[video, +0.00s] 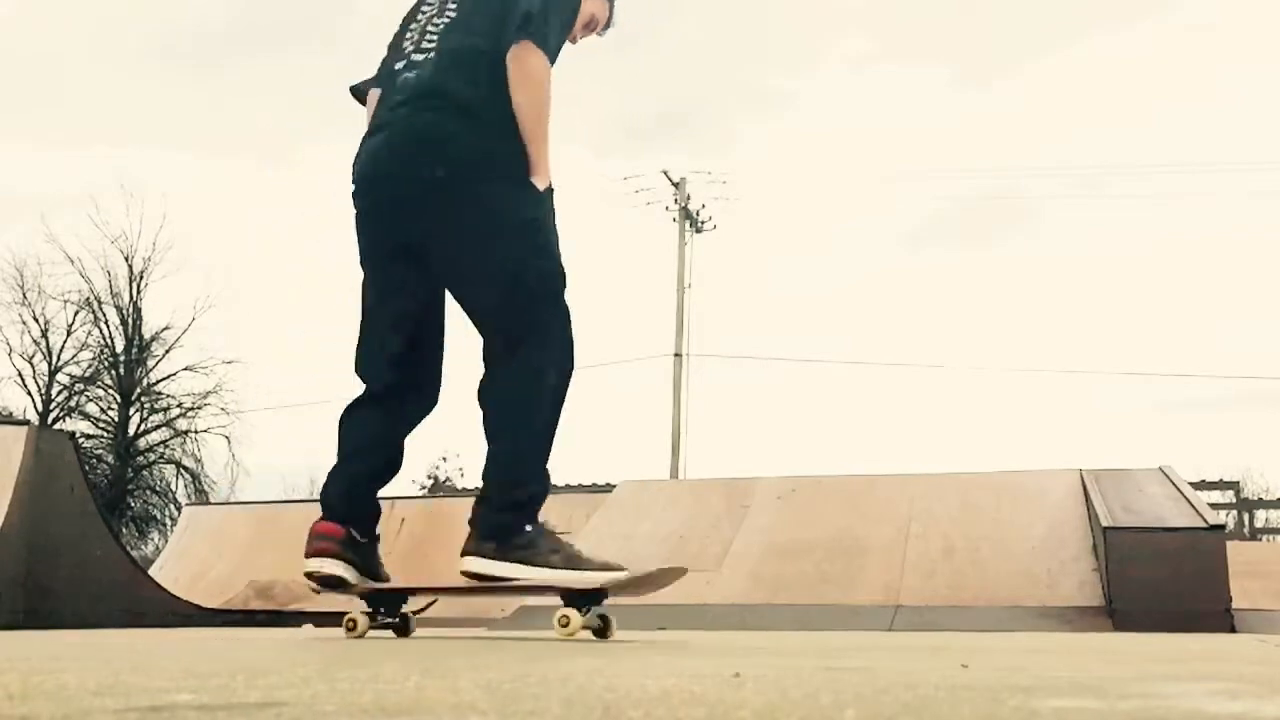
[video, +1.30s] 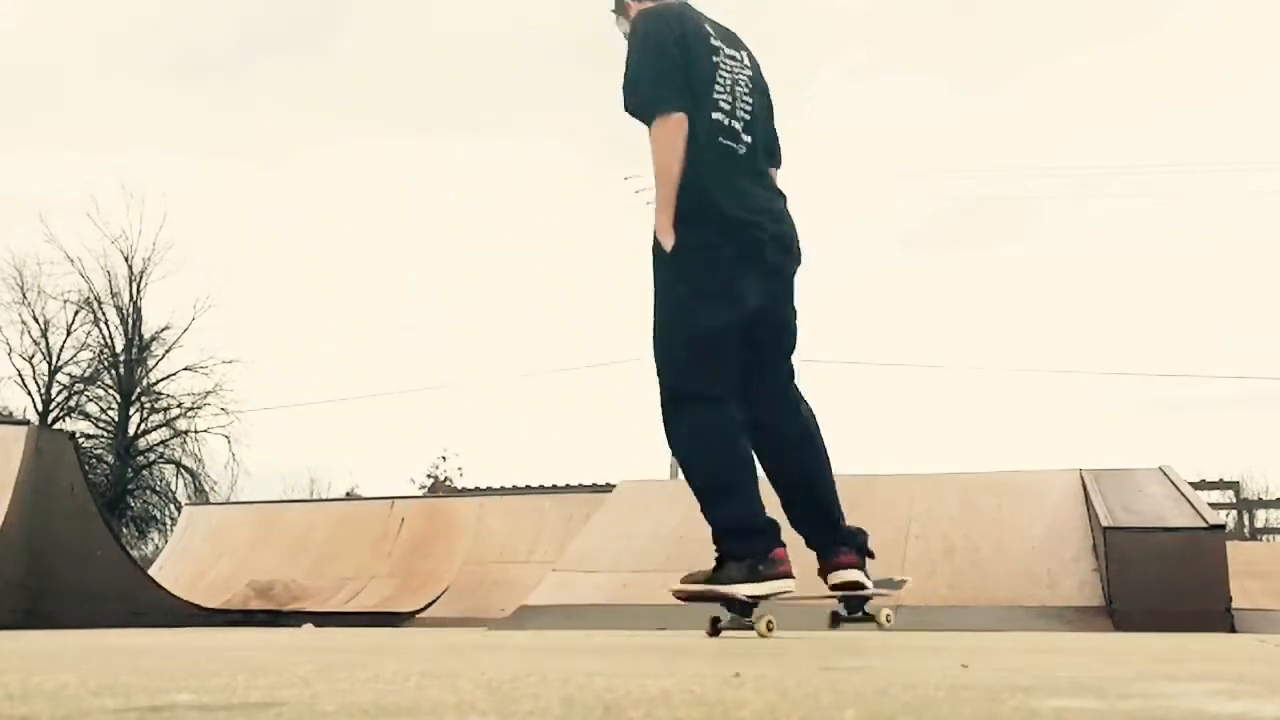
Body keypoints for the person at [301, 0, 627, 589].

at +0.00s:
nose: (583, 34)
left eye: (592, 31)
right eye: (594, 22)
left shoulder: (432, 8)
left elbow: (377, 94)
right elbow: (527, 53)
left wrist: (386, 171)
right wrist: (540, 171)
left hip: (385, 168)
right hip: (473, 163)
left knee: (399, 364)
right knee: (534, 345)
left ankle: (344, 522)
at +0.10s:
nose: (609, 25)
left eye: (616, 23)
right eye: (618, 15)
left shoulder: (458, 10)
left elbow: (404, 102)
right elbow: (547, 61)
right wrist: (567, 175)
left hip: (411, 185)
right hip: (506, 180)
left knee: (433, 373)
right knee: (572, 359)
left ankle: (411, 530)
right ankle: (584, 532)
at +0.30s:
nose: (671, 17)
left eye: (674, 11)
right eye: (675, 9)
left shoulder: (517, 8)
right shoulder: (637, 1)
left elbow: (479, 106)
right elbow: (617, 77)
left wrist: (490, 180)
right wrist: (631, 190)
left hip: (482, 195)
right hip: (579, 198)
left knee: (477, 369)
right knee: (594, 383)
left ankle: (450, 518)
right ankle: (585, 535)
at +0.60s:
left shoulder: (586, 7)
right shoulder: (723, 7)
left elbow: (550, 102)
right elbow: (707, 98)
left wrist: (541, 182)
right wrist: (704, 205)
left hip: (556, 194)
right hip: (651, 199)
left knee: (538, 370)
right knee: (650, 386)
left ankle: (515, 518)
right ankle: (645, 544)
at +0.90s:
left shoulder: (628, 16)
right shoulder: (767, 20)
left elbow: (600, 118)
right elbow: (765, 123)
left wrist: (591, 206)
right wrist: (759, 224)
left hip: (619, 217)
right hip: (716, 221)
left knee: (602, 385)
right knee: (712, 397)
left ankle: (593, 532)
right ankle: (709, 549)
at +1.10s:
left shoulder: (637, 22)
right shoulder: (771, 37)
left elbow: (624, 130)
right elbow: (783, 144)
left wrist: (627, 226)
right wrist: (780, 232)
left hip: (663, 230)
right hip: (753, 232)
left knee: (657, 394)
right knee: (765, 400)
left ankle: (662, 539)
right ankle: (778, 555)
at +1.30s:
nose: (626, 28)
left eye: (622, 19)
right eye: (622, 22)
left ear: (635, 3)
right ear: (675, 1)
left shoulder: (658, 23)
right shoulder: (739, 49)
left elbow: (670, 119)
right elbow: (768, 160)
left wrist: (664, 220)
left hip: (705, 232)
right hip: (768, 230)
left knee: (695, 397)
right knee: (768, 389)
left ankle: (750, 549)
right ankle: (838, 547)